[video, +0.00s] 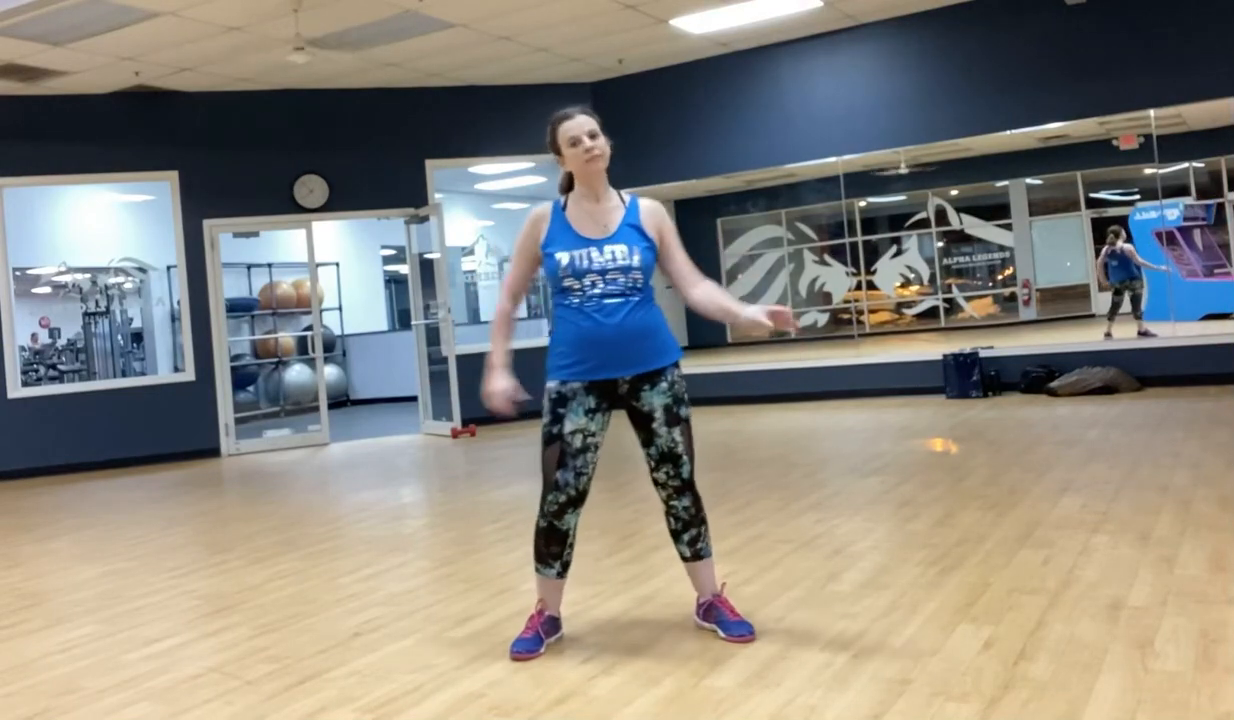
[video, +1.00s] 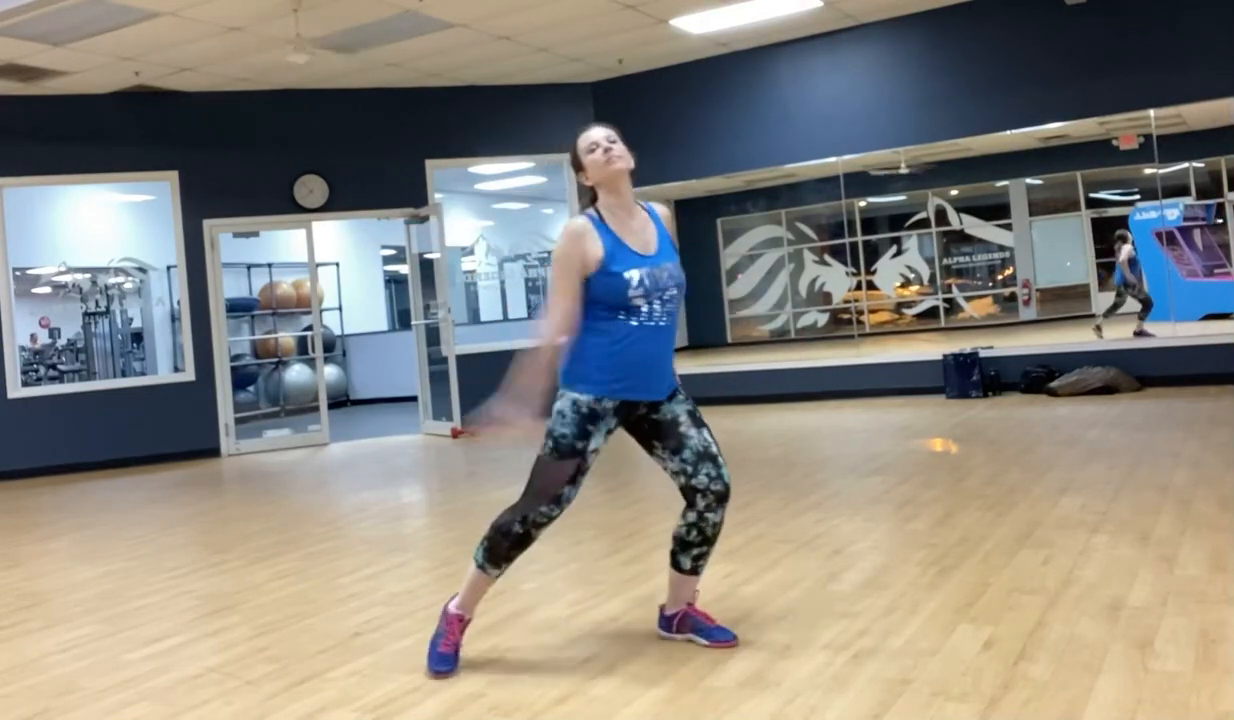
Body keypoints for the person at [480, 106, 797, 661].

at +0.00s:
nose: (590, 146)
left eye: (594, 136)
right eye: (576, 142)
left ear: (609, 143)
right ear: (561, 159)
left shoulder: (648, 212)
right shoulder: (544, 220)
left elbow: (694, 286)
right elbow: (510, 299)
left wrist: (747, 314)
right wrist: (498, 366)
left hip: (653, 370)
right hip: (576, 379)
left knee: (678, 484)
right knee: (560, 496)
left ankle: (711, 601)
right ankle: (546, 614)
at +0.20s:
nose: (571, 142)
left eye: (577, 132)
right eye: (558, 138)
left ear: (593, 143)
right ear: (544, 156)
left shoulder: (629, 216)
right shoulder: (523, 217)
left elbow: (647, 295)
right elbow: (467, 281)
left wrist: (676, 337)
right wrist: (416, 336)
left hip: (629, 372)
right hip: (553, 380)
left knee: (664, 484)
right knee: (548, 498)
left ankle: (708, 598)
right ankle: (545, 613)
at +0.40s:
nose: (555, 138)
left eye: (562, 130)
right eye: (542, 134)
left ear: (578, 141)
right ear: (529, 152)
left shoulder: (614, 213)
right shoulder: (508, 214)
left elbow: (638, 291)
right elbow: (441, 258)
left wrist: (639, 346)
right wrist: (374, 290)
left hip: (612, 372)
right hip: (538, 380)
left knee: (661, 481)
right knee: (538, 499)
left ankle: (706, 598)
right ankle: (545, 614)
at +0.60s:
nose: (553, 134)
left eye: (559, 126)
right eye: (541, 131)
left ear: (578, 139)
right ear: (527, 151)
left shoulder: (615, 205)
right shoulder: (507, 208)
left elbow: (654, 274)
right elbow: (428, 223)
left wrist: (647, 339)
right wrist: (345, 222)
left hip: (617, 369)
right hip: (543, 378)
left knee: (670, 471)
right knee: (540, 495)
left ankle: (687, 599)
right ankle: (545, 614)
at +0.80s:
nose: (581, 136)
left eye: (587, 128)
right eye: (568, 135)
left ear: (608, 142)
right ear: (559, 158)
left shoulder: (651, 202)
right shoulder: (549, 212)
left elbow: (680, 264)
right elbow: (469, 233)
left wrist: (674, 329)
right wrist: (391, 228)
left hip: (645, 374)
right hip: (573, 378)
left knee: (690, 480)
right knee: (542, 493)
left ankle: (677, 607)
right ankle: (516, 603)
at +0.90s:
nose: (594, 139)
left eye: (599, 131)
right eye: (580, 139)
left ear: (619, 146)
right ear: (571, 165)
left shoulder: (657, 205)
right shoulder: (560, 220)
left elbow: (680, 269)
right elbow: (486, 261)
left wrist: (675, 328)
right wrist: (422, 280)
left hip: (653, 379)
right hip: (583, 383)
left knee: (699, 482)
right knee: (544, 496)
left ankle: (679, 608)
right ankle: (486, 600)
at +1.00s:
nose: (609, 148)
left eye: (614, 141)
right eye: (595, 149)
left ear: (632, 157)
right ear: (584, 175)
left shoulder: (661, 216)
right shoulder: (579, 235)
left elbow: (659, 299)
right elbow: (556, 330)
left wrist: (659, 364)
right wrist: (519, 403)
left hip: (656, 389)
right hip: (591, 394)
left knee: (711, 489)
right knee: (539, 508)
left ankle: (679, 610)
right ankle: (458, 613)